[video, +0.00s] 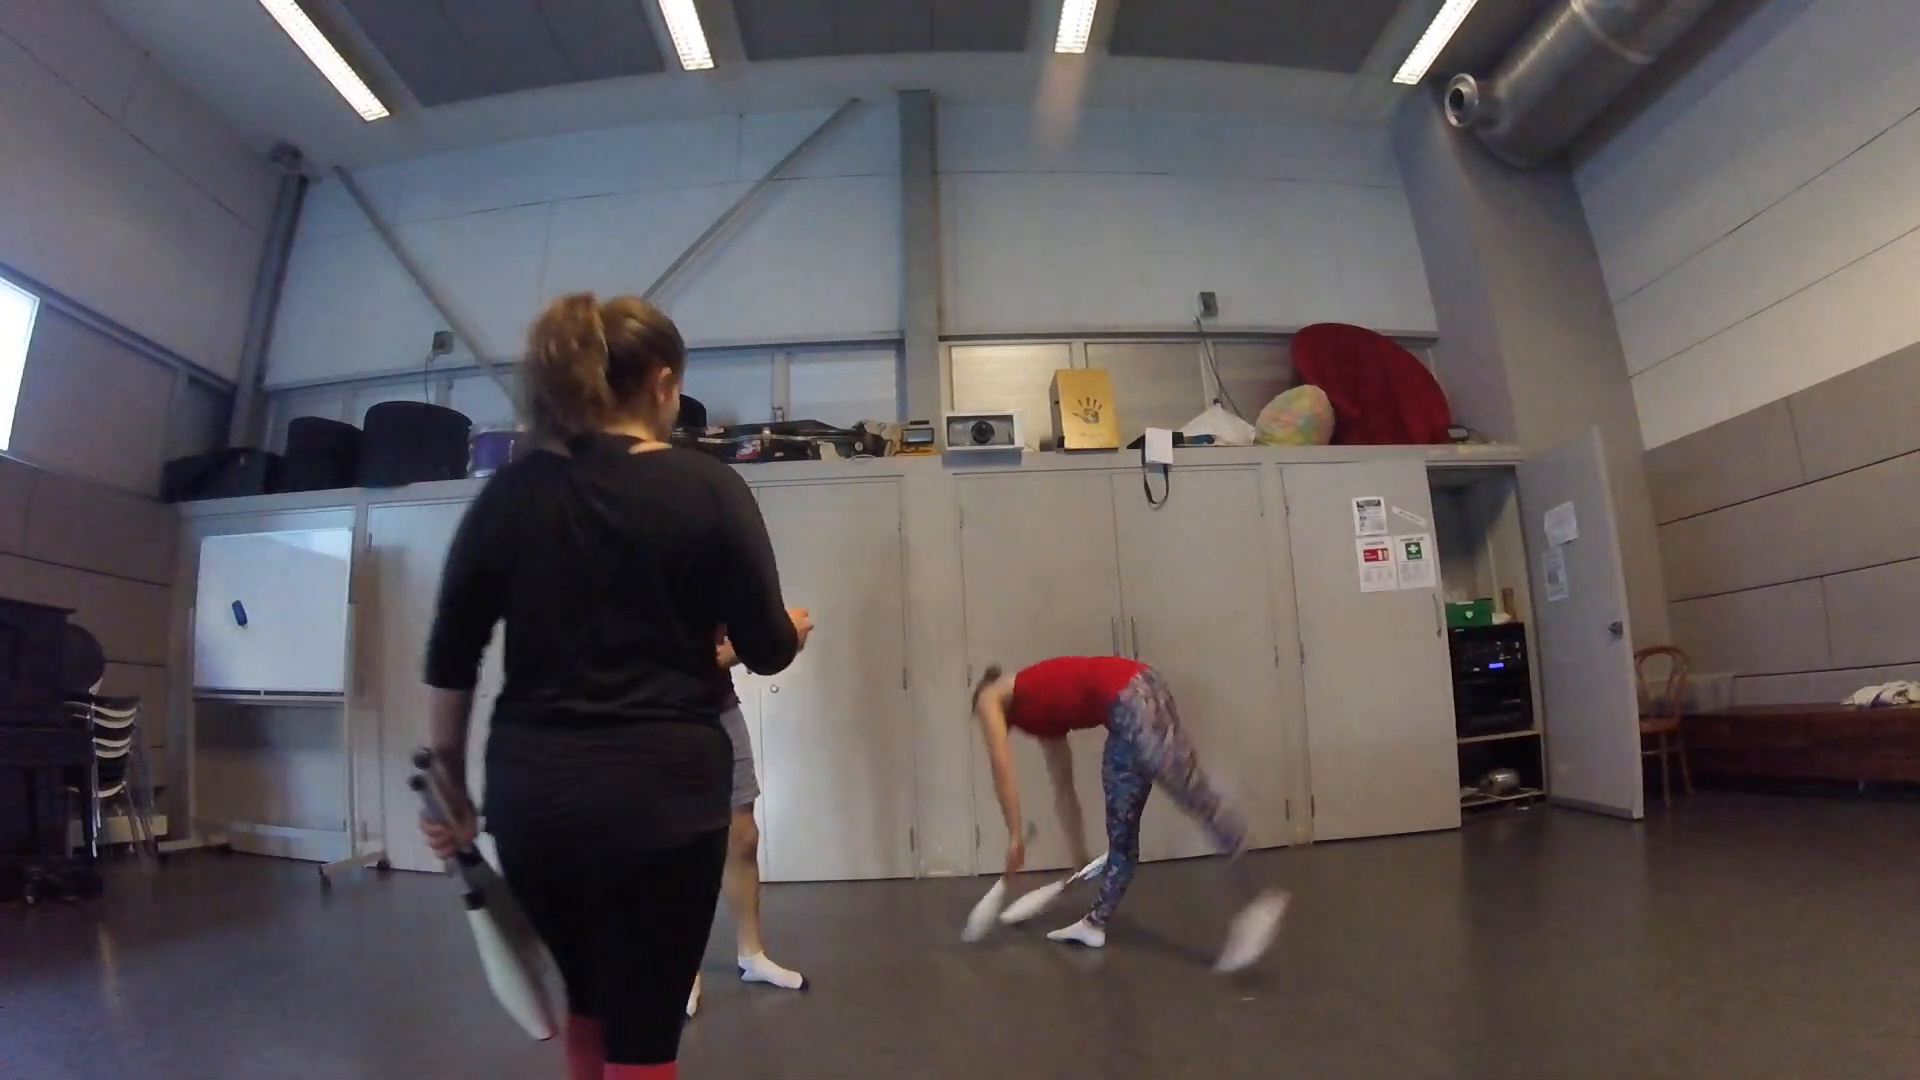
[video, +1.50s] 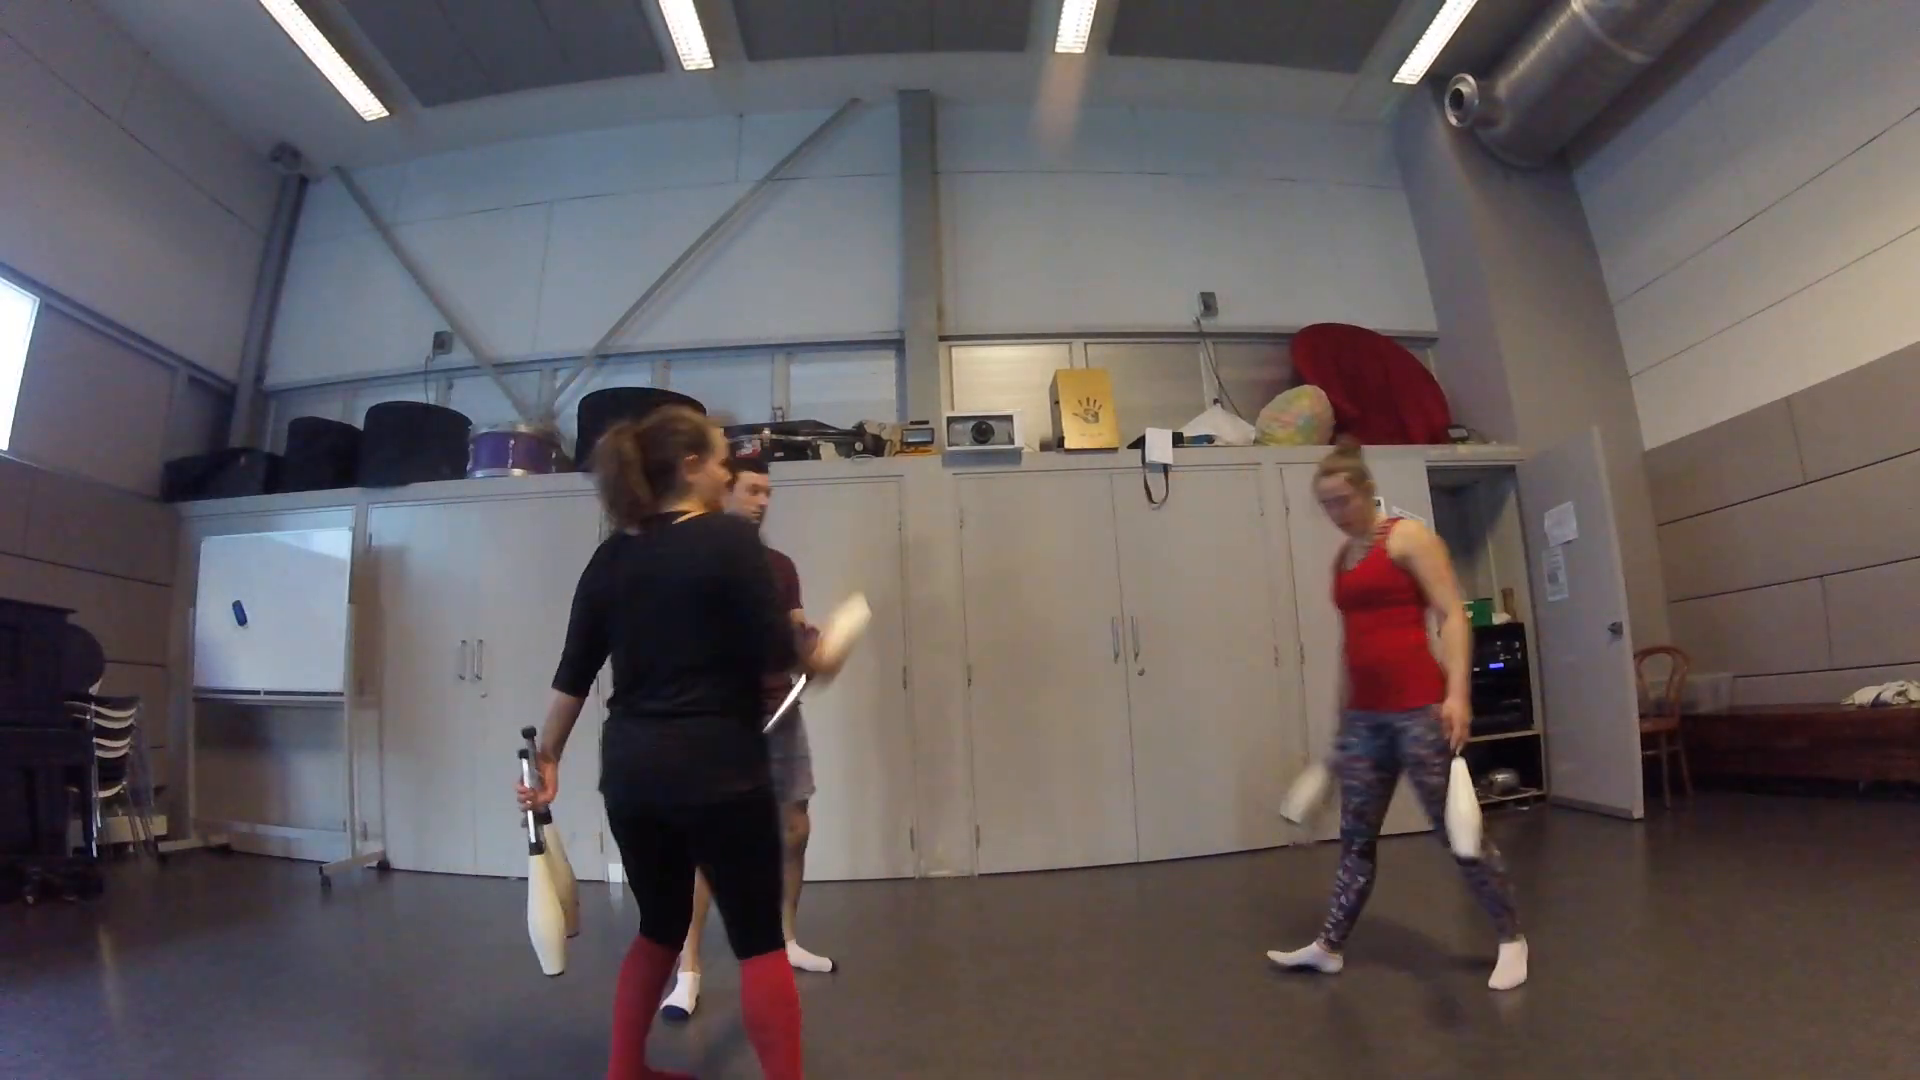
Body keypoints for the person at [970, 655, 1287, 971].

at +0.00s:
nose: (986, 722)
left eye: (981, 712)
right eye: (983, 716)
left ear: (984, 696)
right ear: (1005, 686)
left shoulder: (991, 697)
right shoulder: (1045, 712)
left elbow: (1002, 772)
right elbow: (1063, 786)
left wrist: (1014, 838)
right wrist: (1078, 859)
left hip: (1130, 701)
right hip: (1140, 693)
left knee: (1190, 791)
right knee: (1122, 822)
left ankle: (1257, 894)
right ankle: (1096, 922)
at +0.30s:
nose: (1036, 575)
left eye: (1042, 564)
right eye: (1035, 567)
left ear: (1067, 562)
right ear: (1071, 564)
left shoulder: (1077, 587)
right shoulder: (1098, 591)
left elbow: (1087, 661)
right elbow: (1151, 664)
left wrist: (1082, 734)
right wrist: (1192, 738)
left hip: (1167, 722)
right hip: (1147, 722)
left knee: (1159, 832)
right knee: (1120, 821)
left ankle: (1195, 950)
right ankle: (1096, 913)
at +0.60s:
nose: (1119, 520)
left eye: (1128, 510)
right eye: (1115, 512)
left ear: (1157, 511)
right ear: (1118, 517)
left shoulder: (1170, 557)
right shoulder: (1153, 559)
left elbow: (1196, 634)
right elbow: (1188, 642)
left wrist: (1196, 710)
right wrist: (1225, 710)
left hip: (1194, 717)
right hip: (1172, 715)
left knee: (1186, 826)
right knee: (1151, 807)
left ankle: (1197, 949)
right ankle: (1221, 893)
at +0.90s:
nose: (1191, 541)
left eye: (1195, 530)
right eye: (1186, 533)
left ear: (1220, 520)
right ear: (1188, 530)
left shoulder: (1258, 565)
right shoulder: (1214, 573)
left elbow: (1301, 638)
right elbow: (1214, 654)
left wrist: (1320, 716)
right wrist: (1193, 718)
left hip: (1270, 718)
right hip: (1244, 719)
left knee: (1232, 837)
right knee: (1255, 836)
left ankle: (1200, 950)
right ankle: (1316, 942)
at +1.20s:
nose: (1256, 522)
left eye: (1262, 510)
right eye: (1249, 514)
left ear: (1287, 499)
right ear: (1245, 513)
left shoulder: (1325, 546)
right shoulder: (1271, 555)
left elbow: (1375, 621)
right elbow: (1271, 632)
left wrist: (1409, 696)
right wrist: (1232, 694)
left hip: (1336, 705)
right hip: (1297, 710)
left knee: (1333, 825)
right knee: (1306, 830)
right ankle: (1323, 949)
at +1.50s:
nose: (1335, 512)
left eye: (1341, 499)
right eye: (1326, 503)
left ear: (1368, 491)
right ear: (1322, 505)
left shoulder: (1411, 538)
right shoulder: (1346, 556)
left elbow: (1453, 614)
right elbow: (1354, 644)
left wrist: (1457, 696)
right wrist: (1347, 718)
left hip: (1421, 711)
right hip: (1365, 716)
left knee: (1459, 827)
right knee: (1357, 836)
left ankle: (1511, 938)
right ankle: (1330, 944)